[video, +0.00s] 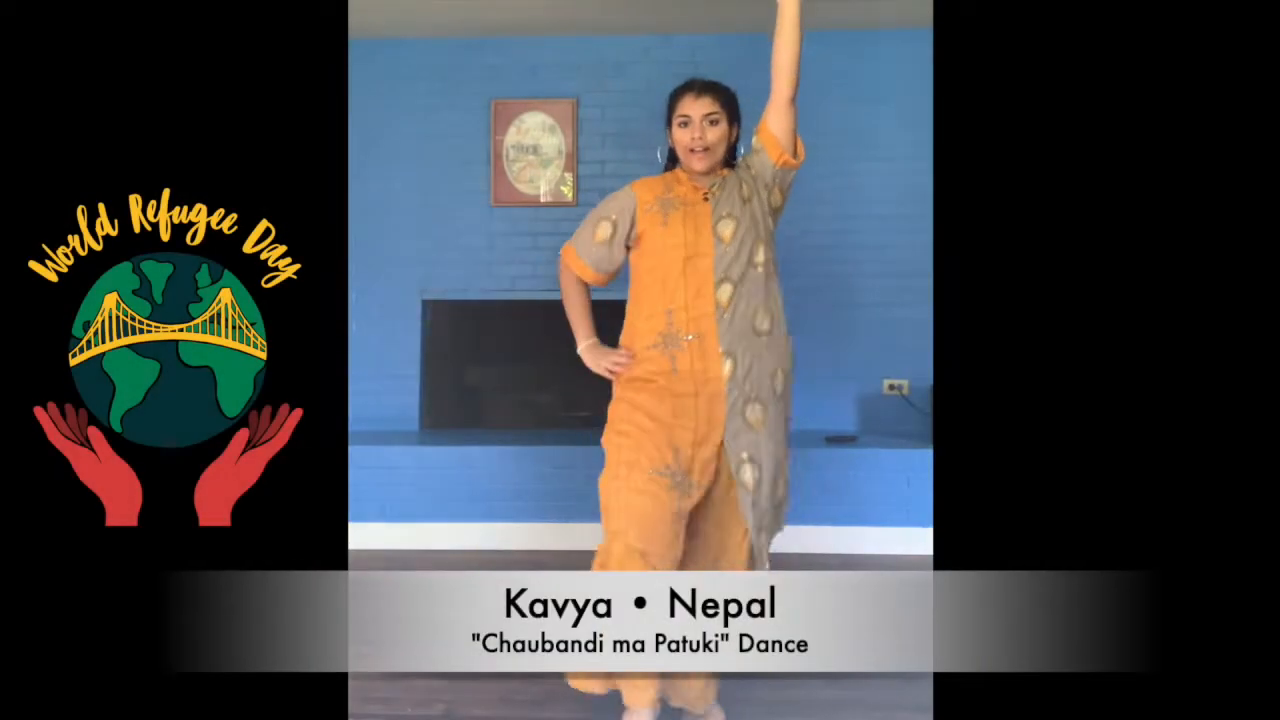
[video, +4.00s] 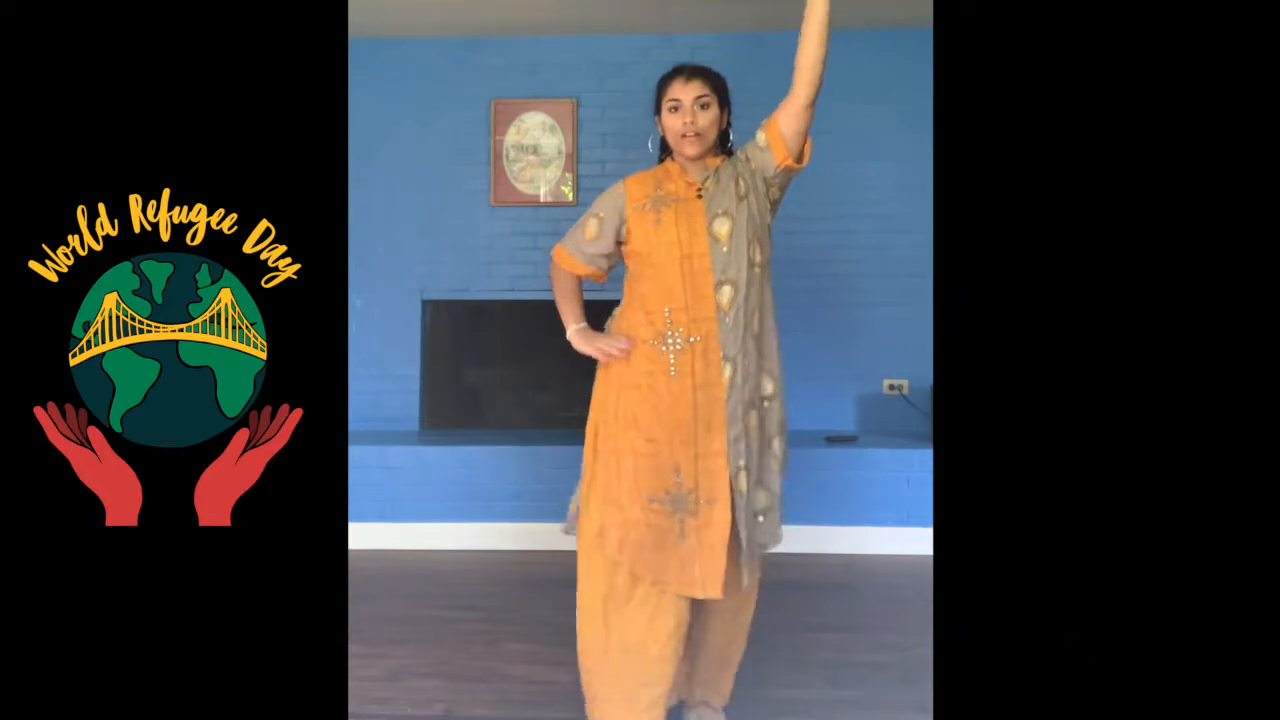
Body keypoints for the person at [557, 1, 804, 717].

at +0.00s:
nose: (697, 133)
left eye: (710, 120)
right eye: (684, 122)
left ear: (732, 132)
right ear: (669, 134)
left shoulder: (754, 190)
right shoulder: (640, 200)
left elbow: (784, 90)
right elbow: (574, 263)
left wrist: (789, 2)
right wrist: (588, 343)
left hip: (738, 401)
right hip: (651, 400)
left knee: (720, 558)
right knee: (642, 552)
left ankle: (695, 698)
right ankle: (640, 703)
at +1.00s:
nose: (692, 124)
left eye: (705, 113)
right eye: (679, 113)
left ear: (724, 122)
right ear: (662, 123)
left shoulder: (746, 183)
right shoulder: (631, 191)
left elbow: (796, 89)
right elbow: (557, 251)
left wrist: (824, 4)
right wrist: (572, 320)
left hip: (716, 379)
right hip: (635, 378)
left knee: (700, 538)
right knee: (637, 535)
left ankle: (689, 693)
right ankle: (636, 697)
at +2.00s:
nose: (686, 121)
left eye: (700, 109)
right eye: (673, 110)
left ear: (720, 120)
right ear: (656, 121)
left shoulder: (745, 180)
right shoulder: (631, 193)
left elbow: (796, 88)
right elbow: (565, 262)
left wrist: (827, 2)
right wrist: (583, 344)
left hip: (728, 387)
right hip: (646, 388)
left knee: (717, 541)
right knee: (628, 540)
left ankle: (705, 691)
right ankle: (619, 700)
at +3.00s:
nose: (695, 119)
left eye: (709, 107)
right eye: (683, 109)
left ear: (731, 117)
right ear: (667, 120)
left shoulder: (757, 179)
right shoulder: (641, 191)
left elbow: (803, 87)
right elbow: (571, 252)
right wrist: (584, 321)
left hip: (731, 386)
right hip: (646, 386)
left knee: (721, 550)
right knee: (642, 550)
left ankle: (702, 698)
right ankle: (632, 701)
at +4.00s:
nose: (689, 117)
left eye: (702, 105)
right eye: (675, 107)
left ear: (723, 117)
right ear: (660, 121)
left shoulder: (751, 179)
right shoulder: (634, 194)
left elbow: (803, 91)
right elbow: (566, 258)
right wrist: (579, 332)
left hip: (731, 391)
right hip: (643, 390)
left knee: (729, 551)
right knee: (634, 552)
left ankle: (704, 701)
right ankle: (630, 705)